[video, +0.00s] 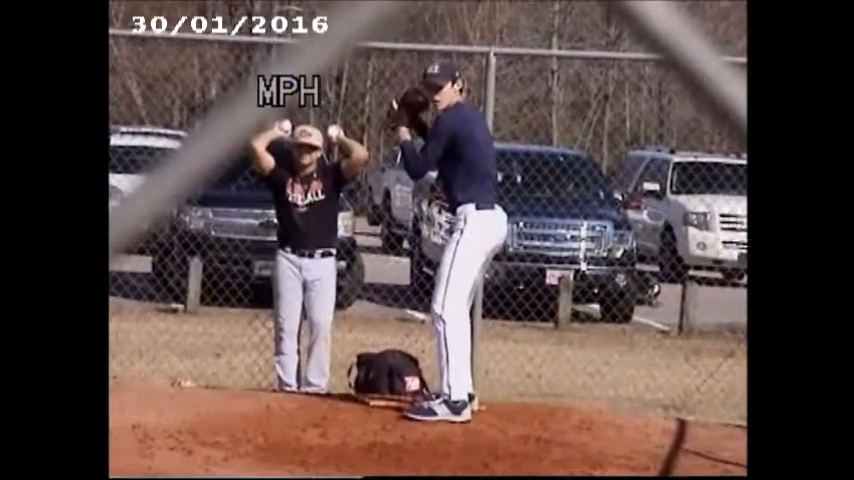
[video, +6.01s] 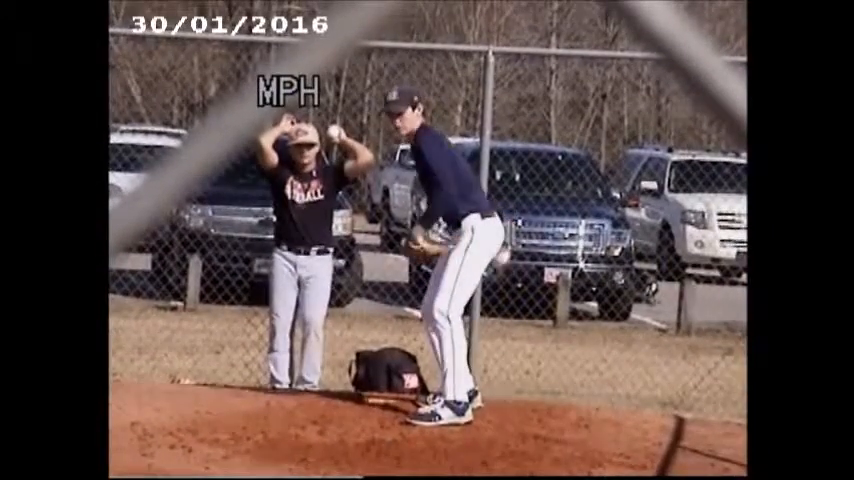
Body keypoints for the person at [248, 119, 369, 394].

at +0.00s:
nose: (305, 155)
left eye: (311, 150)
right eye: (301, 149)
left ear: (320, 152)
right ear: (292, 150)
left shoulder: (332, 175)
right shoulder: (281, 176)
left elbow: (361, 156)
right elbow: (256, 147)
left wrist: (341, 139)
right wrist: (276, 131)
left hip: (323, 260)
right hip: (288, 258)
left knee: (321, 324)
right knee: (286, 324)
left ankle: (317, 385)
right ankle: (286, 384)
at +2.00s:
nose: (307, 157)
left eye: (313, 152)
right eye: (301, 151)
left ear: (321, 153)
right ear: (291, 153)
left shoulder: (332, 177)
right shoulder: (281, 179)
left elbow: (360, 158)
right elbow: (255, 150)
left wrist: (340, 140)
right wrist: (275, 133)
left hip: (322, 261)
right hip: (287, 259)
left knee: (320, 326)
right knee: (285, 326)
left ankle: (315, 385)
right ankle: (285, 384)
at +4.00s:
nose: (311, 161)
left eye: (316, 157)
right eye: (306, 153)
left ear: (324, 155)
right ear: (296, 158)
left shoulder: (334, 175)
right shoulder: (289, 179)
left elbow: (374, 158)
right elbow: (286, 204)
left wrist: (344, 139)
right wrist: (299, 166)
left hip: (324, 259)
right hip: (289, 259)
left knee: (321, 323)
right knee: (287, 323)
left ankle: (316, 384)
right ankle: (288, 383)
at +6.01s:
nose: (304, 153)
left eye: (309, 147)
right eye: (299, 148)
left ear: (318, 148)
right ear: (290, 150)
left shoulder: (331, 175)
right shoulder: (281, 174)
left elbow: (367, 159)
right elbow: (263, 144)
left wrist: (343, 140)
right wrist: (280, 129)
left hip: (319, 259)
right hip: (285, 257)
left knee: (313, 322)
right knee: (280, 321)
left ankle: (309, 381)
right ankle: (278, 381)